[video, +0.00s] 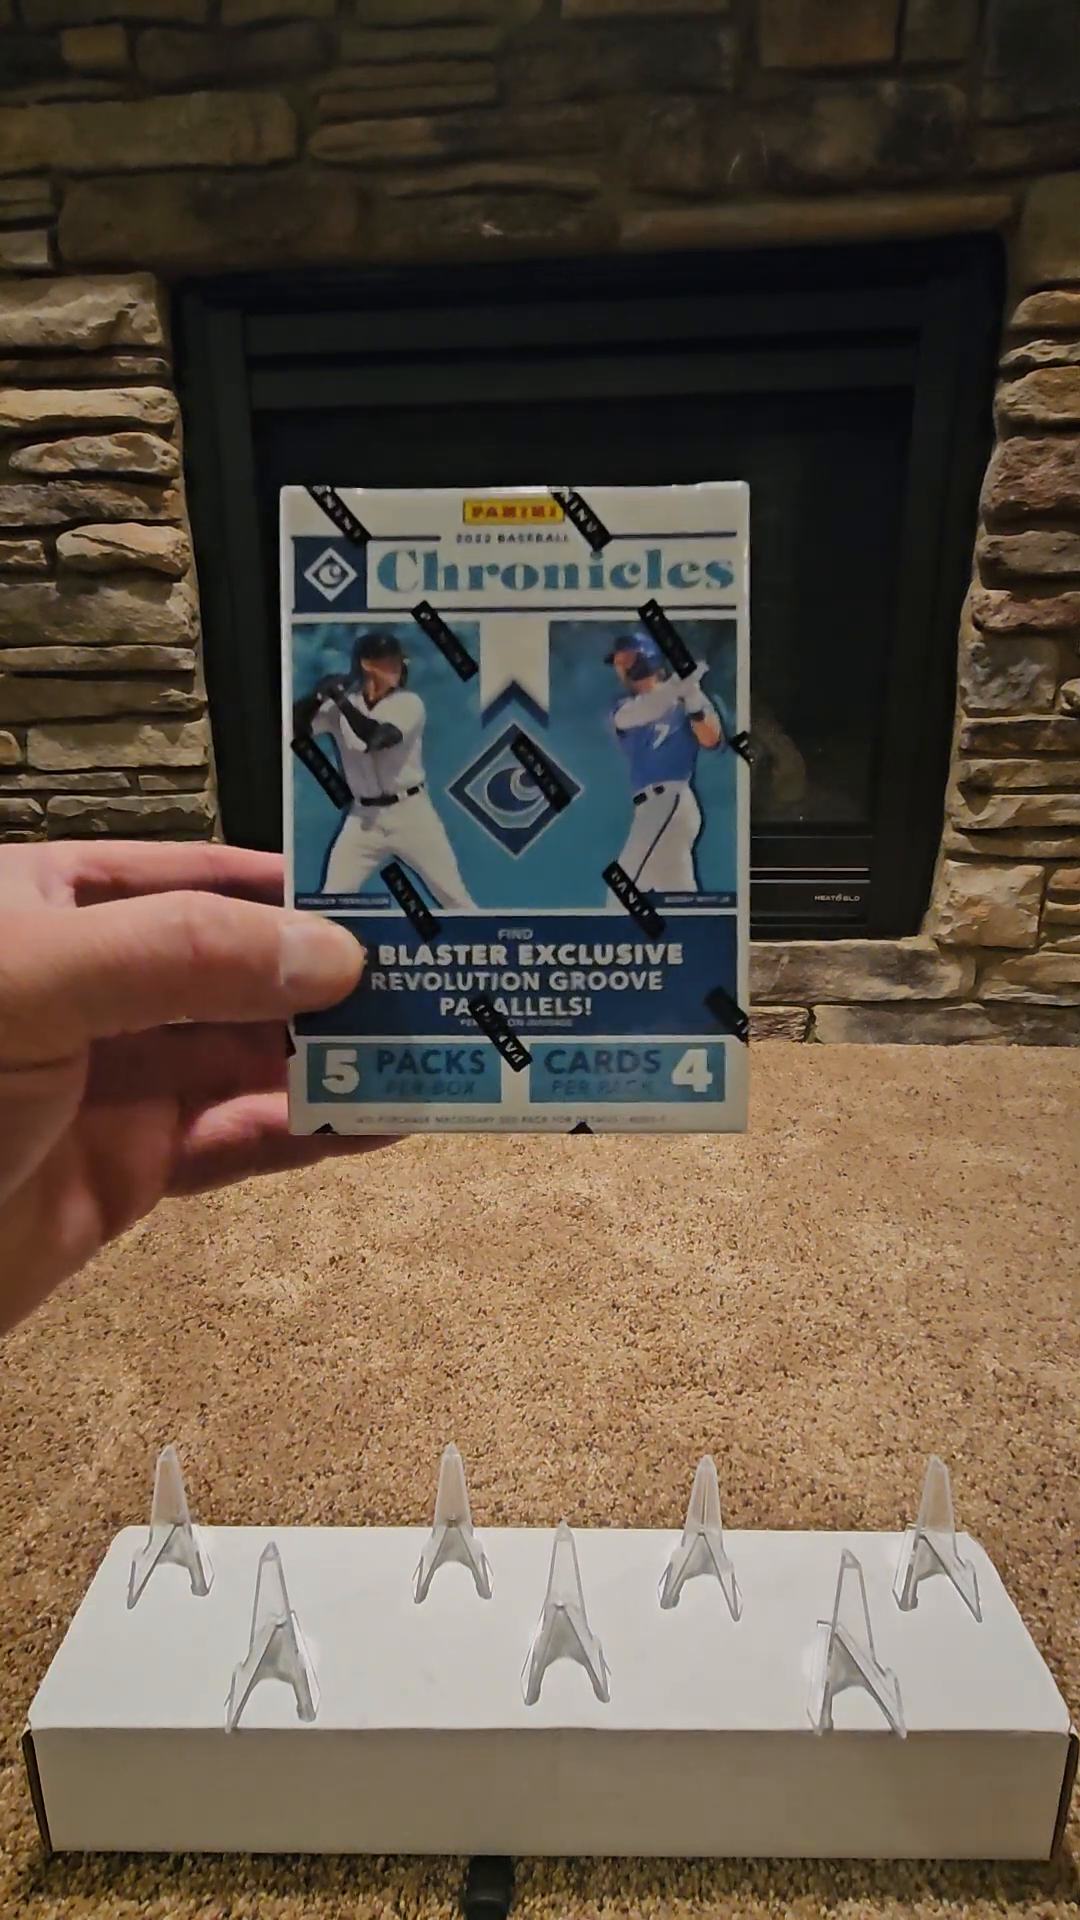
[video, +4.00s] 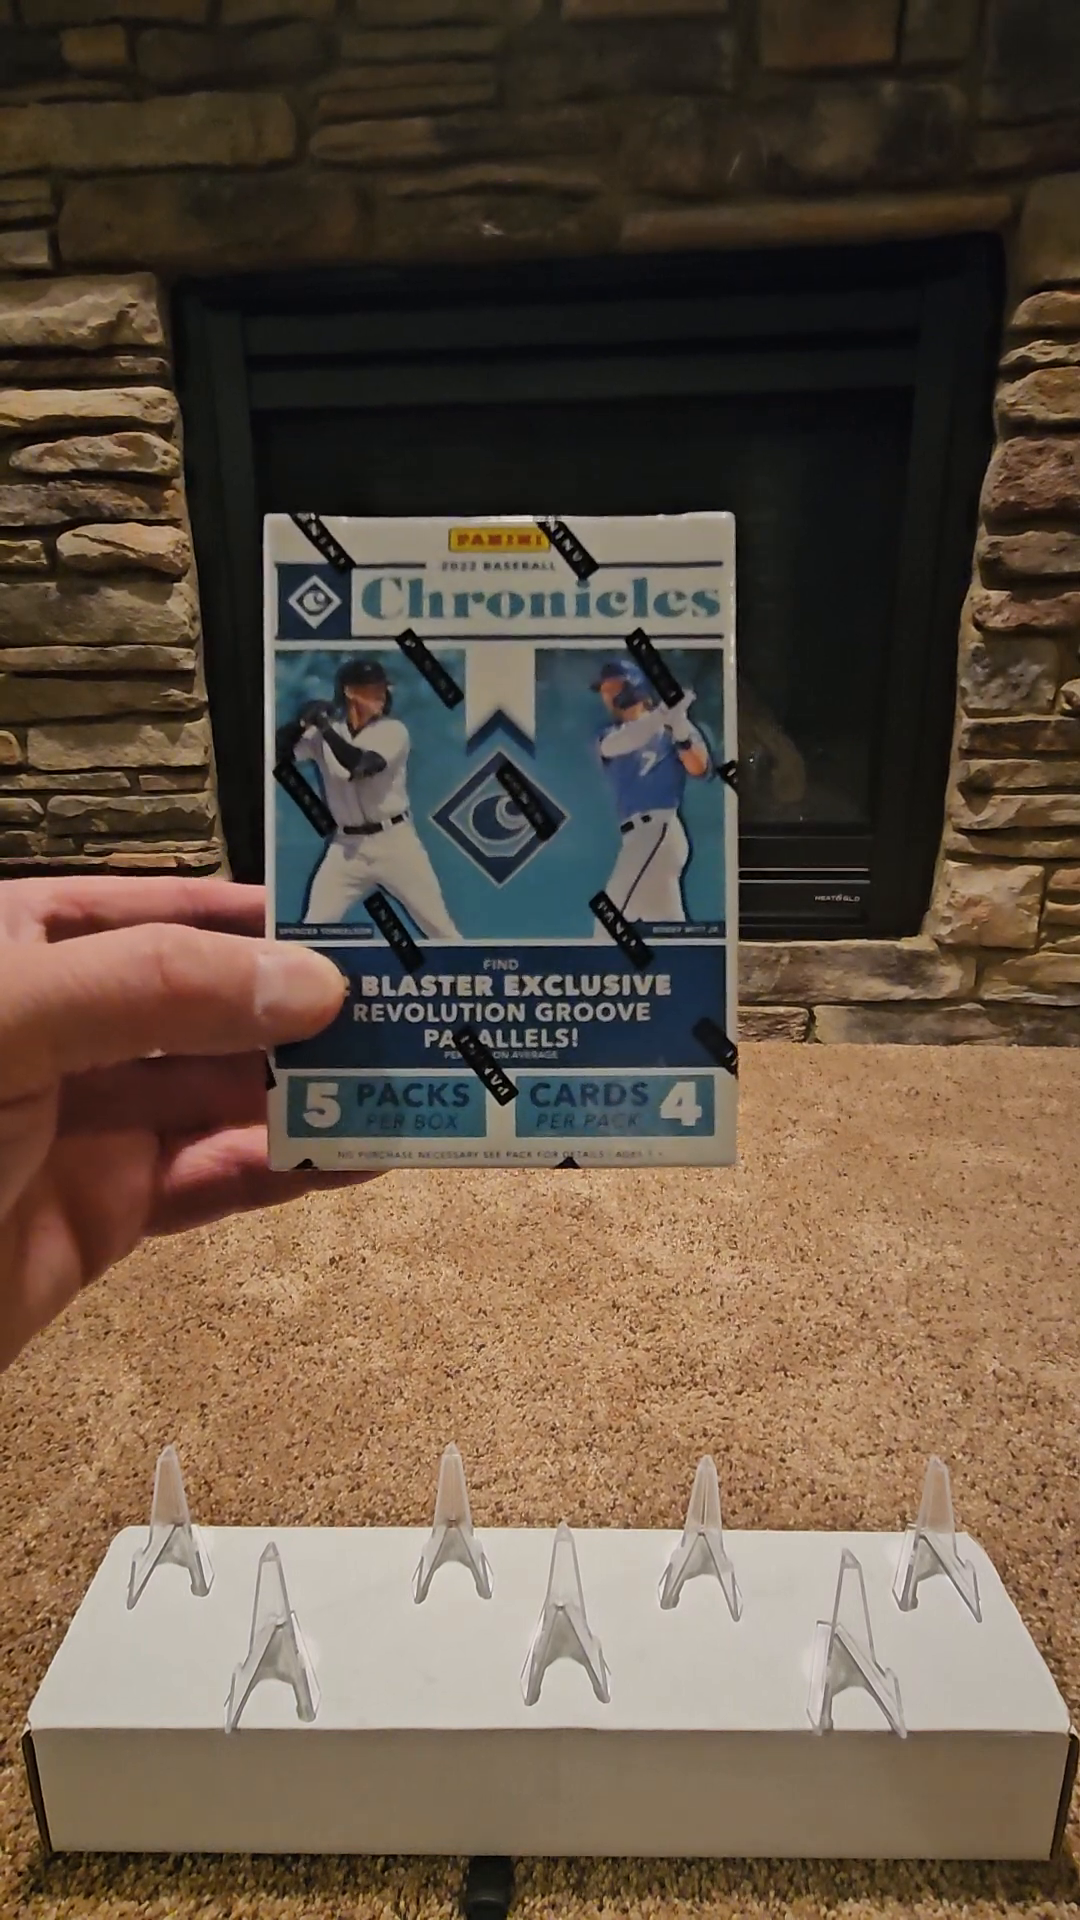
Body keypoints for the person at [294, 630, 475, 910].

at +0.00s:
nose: (396, 666)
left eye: (398, 659)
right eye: (388, 660)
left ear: (402, 664)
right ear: (366, 665)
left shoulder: (409, 703)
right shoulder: (338, 708)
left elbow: (376, 739)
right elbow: (295, 731)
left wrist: (340, 699)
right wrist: (317, 697)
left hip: (411, 813)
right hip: (363, 818)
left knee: (453, 896)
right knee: (333, 901)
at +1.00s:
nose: (402, 673)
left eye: (403, 667)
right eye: (394, 666)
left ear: (404, 671)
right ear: (371, 670)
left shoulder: (411, 709)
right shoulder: (341, 712)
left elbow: (377, 743)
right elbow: (293, 730)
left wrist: (343, 703)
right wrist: (321, 700)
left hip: (413, 819)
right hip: (364, 823)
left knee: (454, 903)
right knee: (332, 905)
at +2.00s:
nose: (392, 696)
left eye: (393, 690)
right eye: (384, 690)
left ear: (396, 694)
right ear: (361, 695)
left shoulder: (402, 734)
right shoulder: (331, 738)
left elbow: (369, 769)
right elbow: (285, 755)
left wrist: (334, 729)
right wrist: (311, 725)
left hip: (403, 845)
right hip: (354, 849)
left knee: (444, 929)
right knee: (322, 930)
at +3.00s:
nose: (387, 679)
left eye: (388, 673)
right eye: (379, 673)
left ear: (391, 678)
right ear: (355, 679)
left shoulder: (397, 718)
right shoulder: (326, 722)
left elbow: (364, 753)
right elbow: (281, 735)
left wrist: (327, 714)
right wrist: (306, 708)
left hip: (399, 831)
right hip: (350, 835)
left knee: (441, 916)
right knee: (318, 917)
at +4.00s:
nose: (381, 693)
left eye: (382, 687)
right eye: (372, 687)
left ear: (387, 691)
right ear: (350, 692)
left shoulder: (393, 731)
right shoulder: (323, 735)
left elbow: (359, 766)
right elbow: (279, 753)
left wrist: (324, 726)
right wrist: (300, 724)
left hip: (395, 843)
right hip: (346, 847)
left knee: (439, 928)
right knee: (314, 932)